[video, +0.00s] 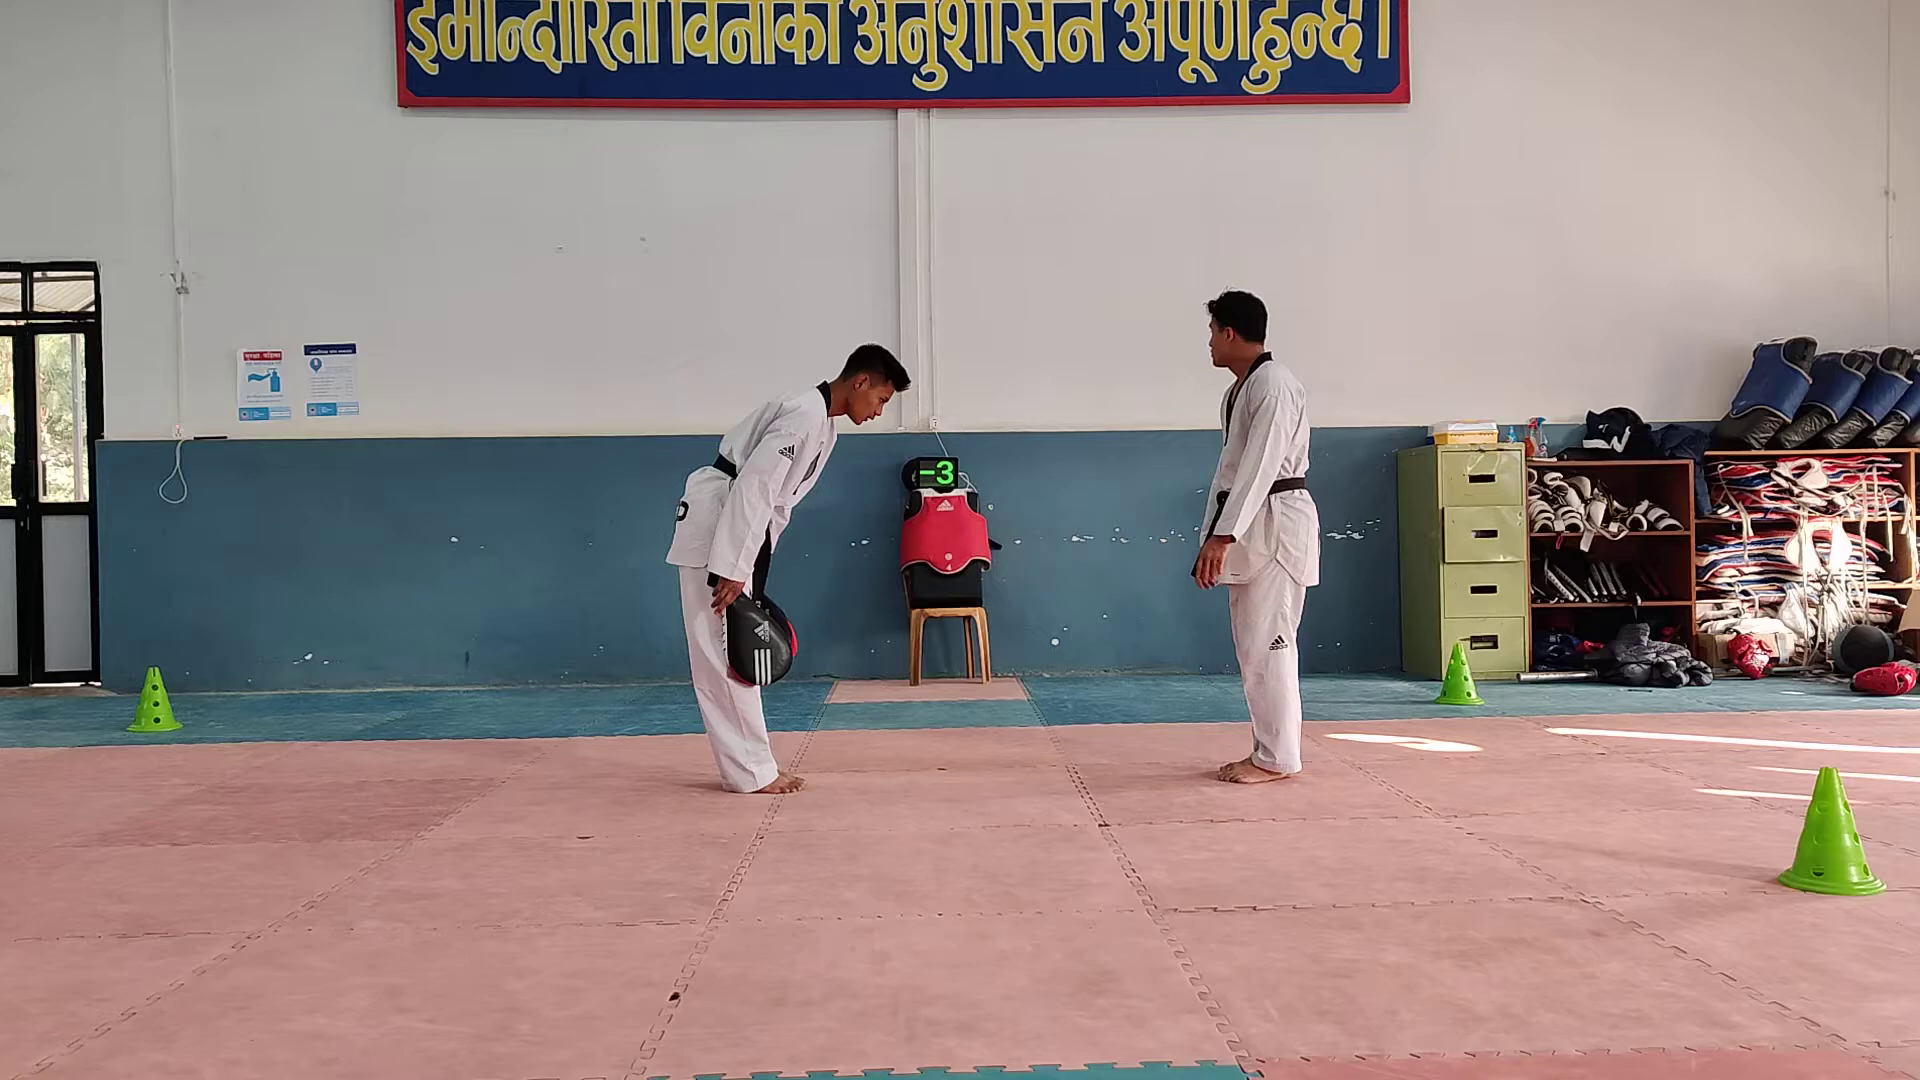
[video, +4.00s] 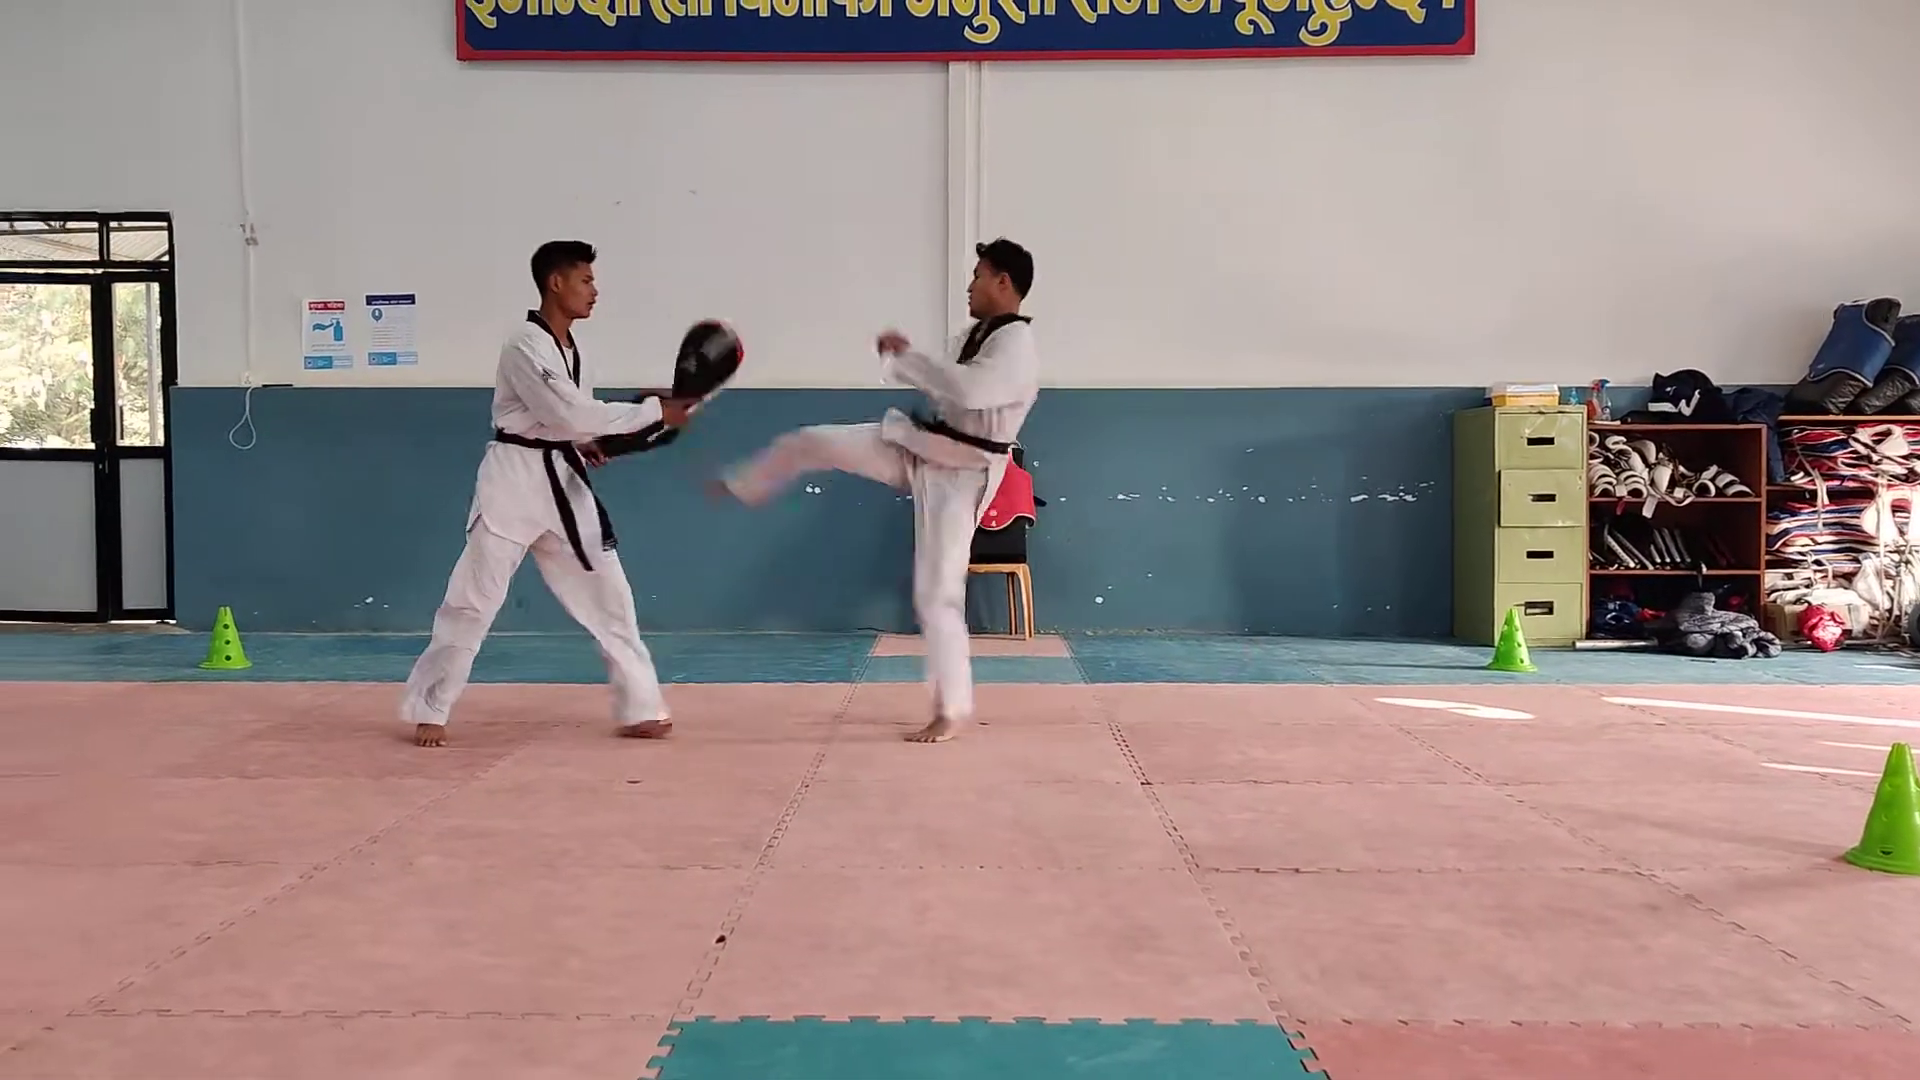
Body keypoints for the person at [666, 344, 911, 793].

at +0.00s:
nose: (880, 411)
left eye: (886, 403)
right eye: (881, 399)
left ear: (859, 385)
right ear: (860, 381)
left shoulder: (822, 427)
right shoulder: (805, 415)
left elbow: (778, 505)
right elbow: (751, 488)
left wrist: (753, 578)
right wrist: (735, 567)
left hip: (733, 526)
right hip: (712, 524)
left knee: (735, 648)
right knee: (721, 650)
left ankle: (754, 767)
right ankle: (748, 772)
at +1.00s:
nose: (837, 328)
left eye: (835, 318)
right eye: (830, 317)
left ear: (801, 323)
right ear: (805, 321)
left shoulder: (774, 377)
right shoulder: (788, 383)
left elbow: (771, 476)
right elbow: (767, 475)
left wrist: (796, 552)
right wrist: (758, 550)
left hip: (752, 524)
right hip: (760, 529)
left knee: (758, 653)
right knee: (766, 654)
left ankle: (749, 771)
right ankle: (749, 776)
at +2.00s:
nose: (780, 295)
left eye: (775, 286)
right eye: (770, 287)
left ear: (740, 300)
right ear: (746, 297)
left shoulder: (709, 364)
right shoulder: (771, 355)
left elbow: (703, 451)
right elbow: (777, 445)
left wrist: (723, 501)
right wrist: (781, 518)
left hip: (722, 507)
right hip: (762, 504)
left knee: (728, 632)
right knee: (790, 633)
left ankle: (720, 749)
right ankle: (815, 758)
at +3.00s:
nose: (839, 327)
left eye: (839, 316)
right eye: (834, 316)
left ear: (795, 316)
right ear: (809, 315)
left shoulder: (736, 362)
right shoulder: (804, 375)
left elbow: (693, 422)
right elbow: (841, 462)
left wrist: (733, 460)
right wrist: (915, 472)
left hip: (708, 495)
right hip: (754, 502)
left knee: (708, 633)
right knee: (769, 633)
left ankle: (697, 759)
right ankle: (783, 766)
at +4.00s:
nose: (594, 290)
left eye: (594, 280)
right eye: (585, 280)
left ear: (571, 286)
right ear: (553, 284)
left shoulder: (570, 348)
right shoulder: (526, 345)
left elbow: (562, 422)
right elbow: (575, 414)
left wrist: (583, 445)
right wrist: (655, 412)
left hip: (562, 479)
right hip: (512, 477)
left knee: (610, 589)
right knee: (476, 596)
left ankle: (639, 709)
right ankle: (430, 710)